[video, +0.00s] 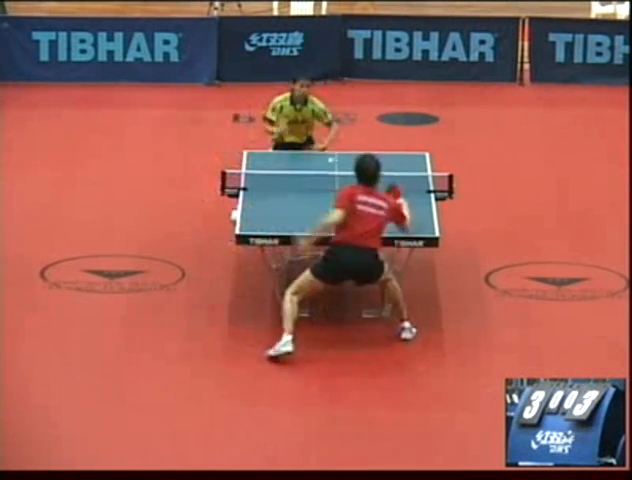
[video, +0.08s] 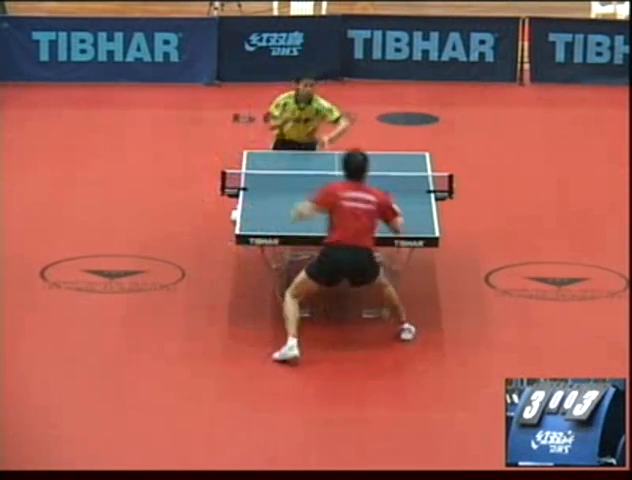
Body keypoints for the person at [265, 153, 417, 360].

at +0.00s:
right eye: (374, 172)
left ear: (357, 174)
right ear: (378, 176)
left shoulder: (350, 194)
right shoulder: (386, 201)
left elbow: (337, 218)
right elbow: (404, 223)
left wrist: (310, 239)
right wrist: (400, 200)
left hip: (340, 253)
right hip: (368, 255)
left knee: (293, 293)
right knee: (388, 280)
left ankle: (286, 338)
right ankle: (406, 325)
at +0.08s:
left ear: (344, 170)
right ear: (366, 171)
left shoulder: (334, 191)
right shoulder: (377, 197)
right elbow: (397, 226)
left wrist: (300, 211)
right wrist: (395, 210)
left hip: (334, 252)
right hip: (363, 253)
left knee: (292, 295)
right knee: (384, 286)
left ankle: (291, 343)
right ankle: (405, 325)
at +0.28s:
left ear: (324, 167)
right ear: (347, 168)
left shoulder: (309, 187)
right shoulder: (356, 193)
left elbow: (290, 220)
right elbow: (377, 227)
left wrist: (301, 218)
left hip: (310, 247)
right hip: (340, 249)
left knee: (275, 290)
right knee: (368, 291)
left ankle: (269, 343)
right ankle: (385, 341)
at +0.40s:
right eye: (348, 182)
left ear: (324, 183)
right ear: (347, 186)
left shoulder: (307, 204)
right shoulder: (349, 213)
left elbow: (283, 226)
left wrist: (278, 235)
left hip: (296, 262)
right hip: (326, 266)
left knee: (261, 308)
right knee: (361, 300)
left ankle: (230, 354)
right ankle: (372, 344)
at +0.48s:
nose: (365, 196)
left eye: (362, 190)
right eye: (365, 192)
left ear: (343, 190)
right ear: (363, 195)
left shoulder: (321, 208)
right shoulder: (360, 218)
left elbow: (285, 220)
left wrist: (258, 228)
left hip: (299, 263)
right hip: (327, 271)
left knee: (263, 306)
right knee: (363, 311)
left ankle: (229, 352)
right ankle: (360, 362)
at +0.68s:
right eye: (397, 184)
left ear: (378, 181)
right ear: (398, 188)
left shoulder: (357, 198)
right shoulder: (399, 208)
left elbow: (321, 200)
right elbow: (430, 208)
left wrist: (338, 182)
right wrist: (429, 186)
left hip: (340, 258)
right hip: (368, 263)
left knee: (300, 300)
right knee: (391, 315)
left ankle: (268, 343)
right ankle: (367, 362)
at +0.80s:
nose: (400, 180)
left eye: (393, 174)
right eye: (402, 176)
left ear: (383, 178)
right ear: (405, 181)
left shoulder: (368, 199)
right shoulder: (413, 204)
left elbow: (338, 220)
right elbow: (446, 214)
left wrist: (333, 215)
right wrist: (458, 196)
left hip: (363, 262)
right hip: (393, 265)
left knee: (323, 302)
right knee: (419, 306)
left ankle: (302, 349)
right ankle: (423, 353)